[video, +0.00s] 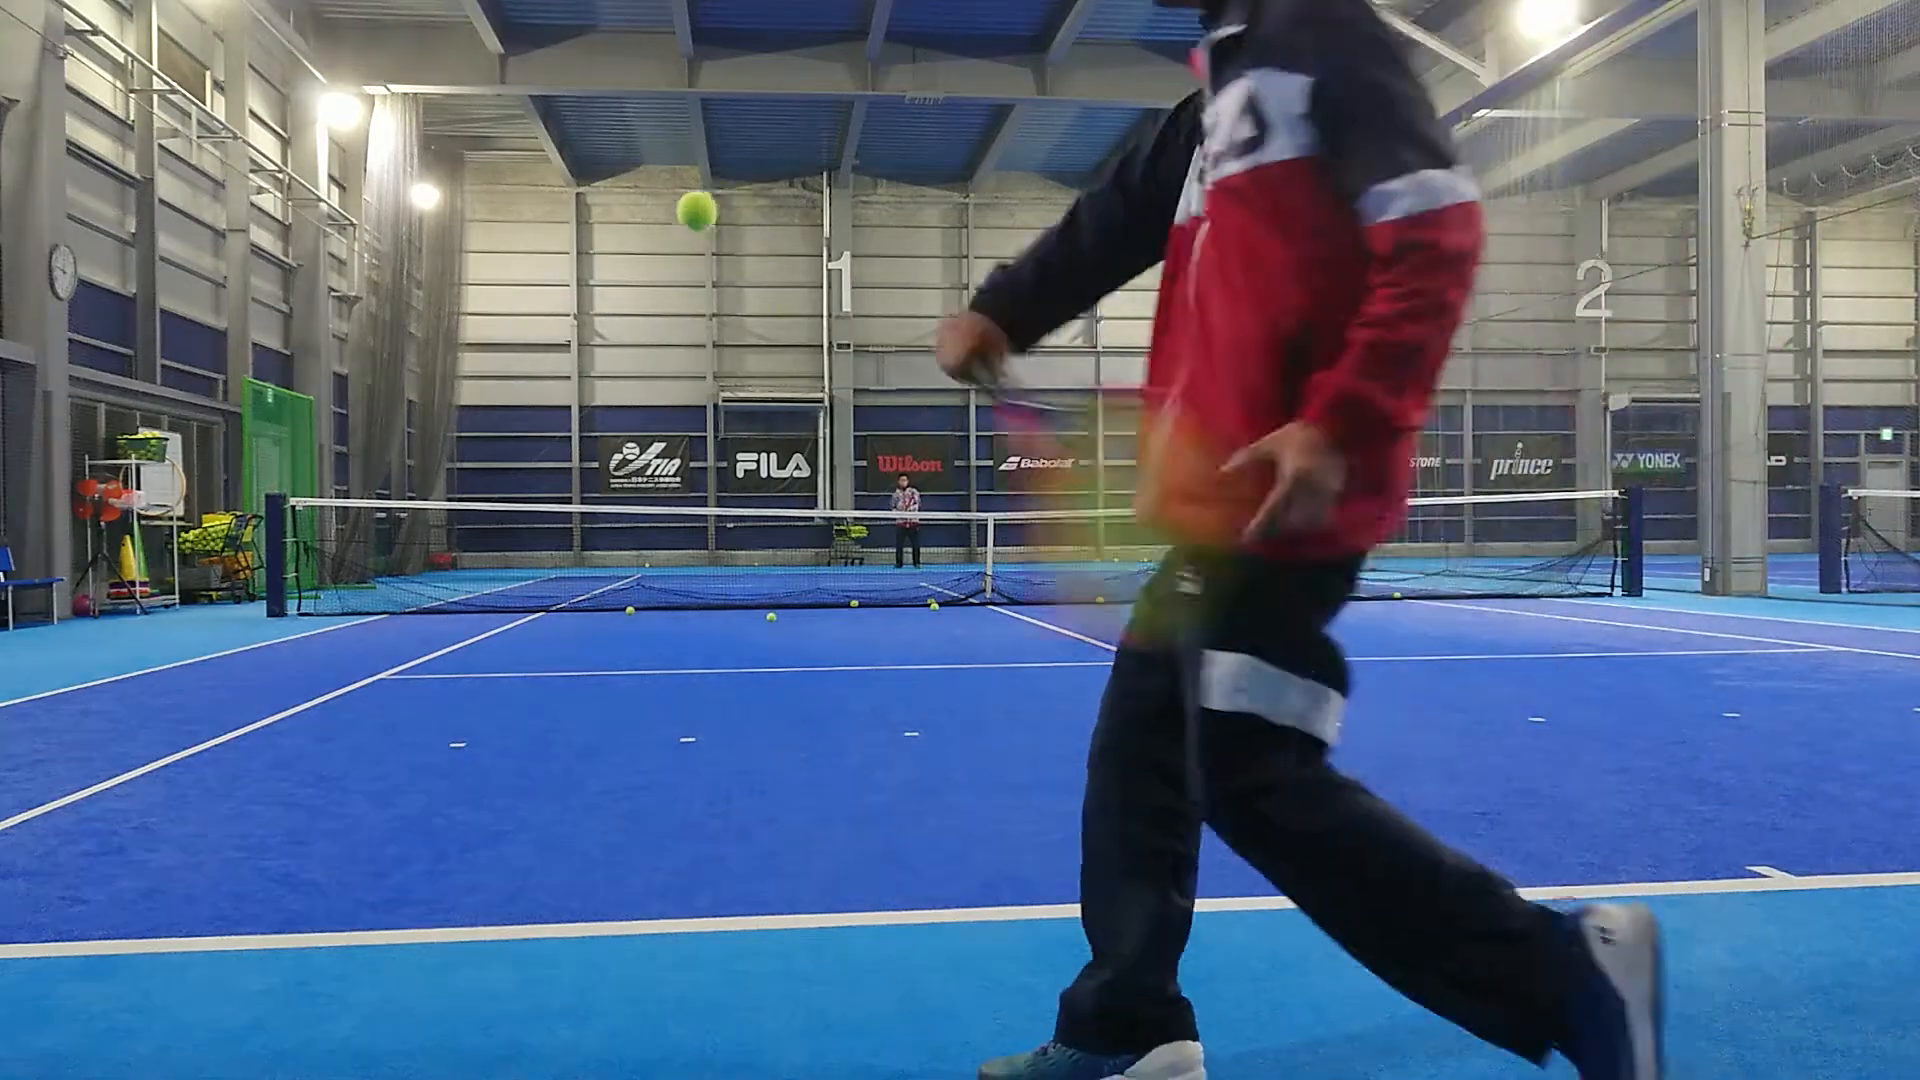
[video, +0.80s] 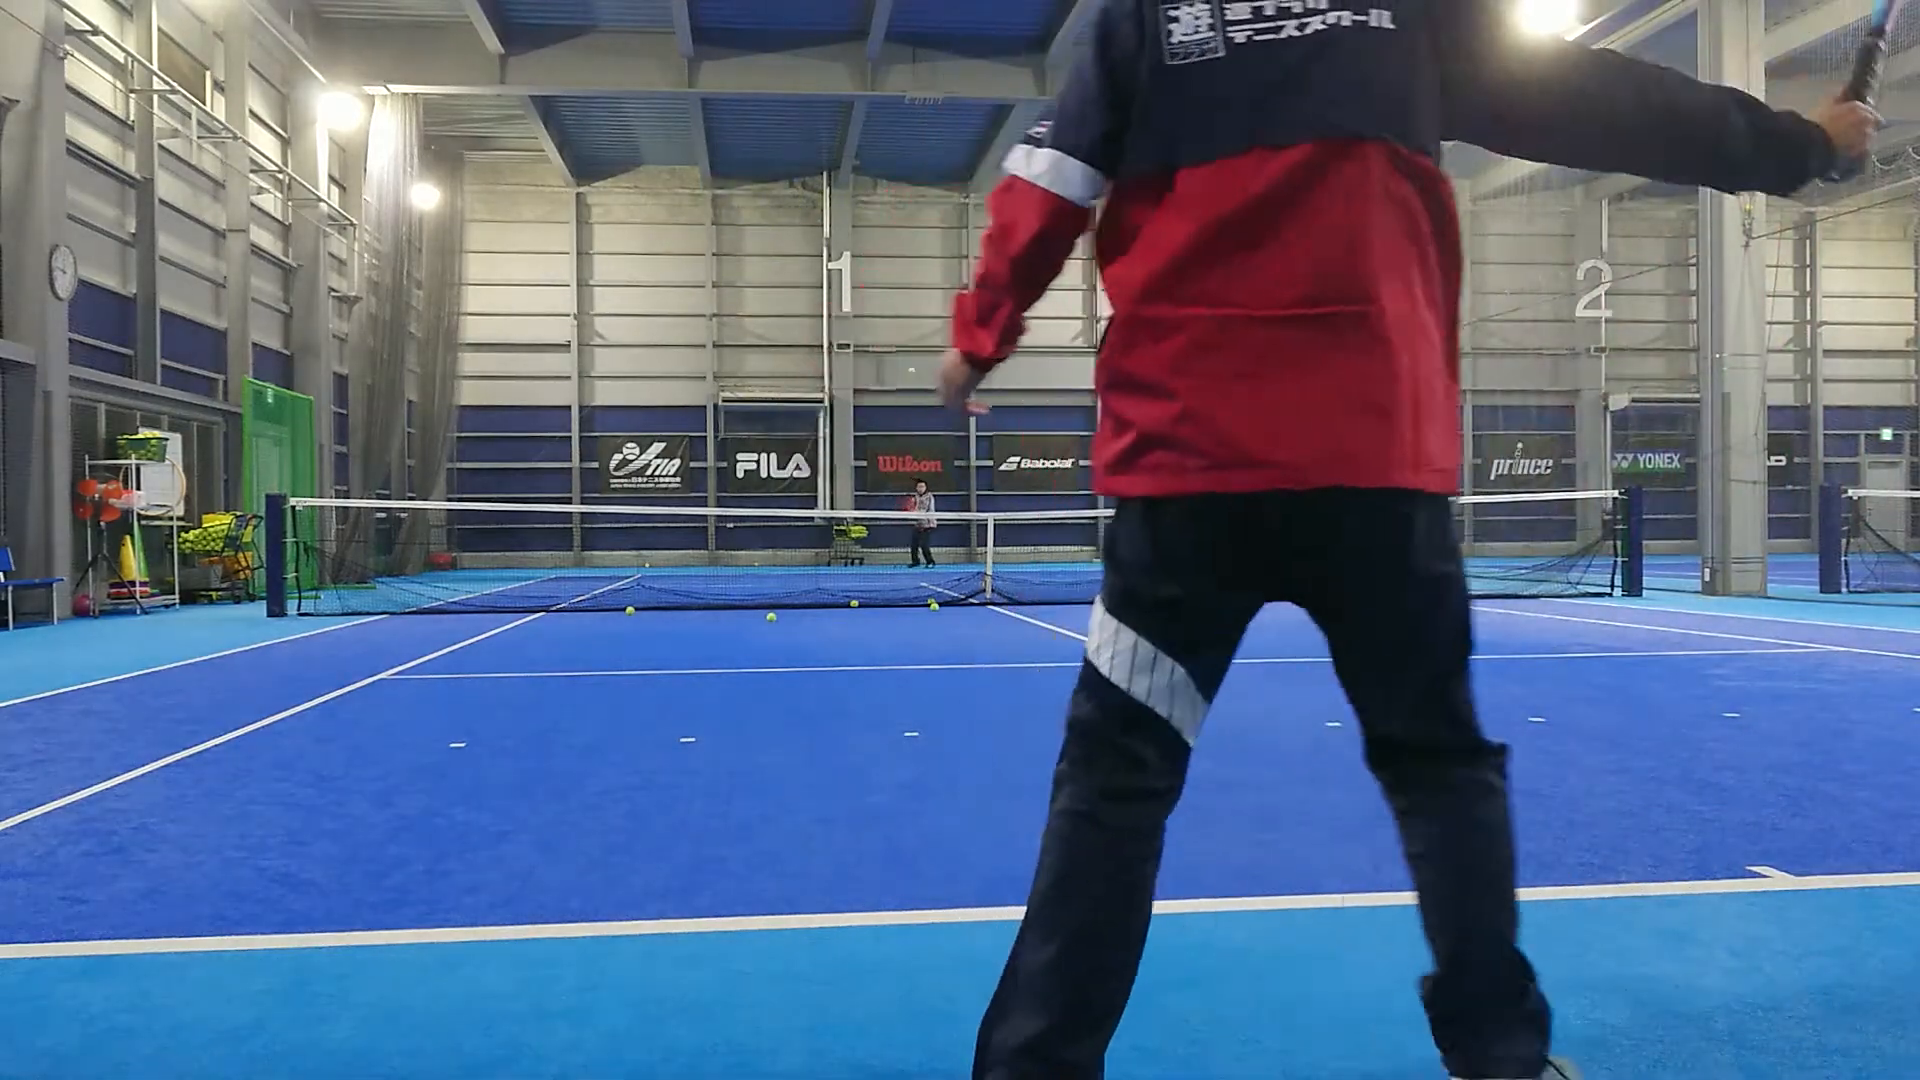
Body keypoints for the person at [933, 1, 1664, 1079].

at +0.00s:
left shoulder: (1332, 41)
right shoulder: (1209, 101)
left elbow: (1437, 233)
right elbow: (1111, 216)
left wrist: (1338, 428)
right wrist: (1004, 311)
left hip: (1294, 504)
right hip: (1216, 503)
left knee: (1253, 774)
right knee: (1139, 753)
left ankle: (1570, 976)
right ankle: (1127, 1027)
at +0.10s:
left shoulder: (1191, 37)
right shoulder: (1307, 17)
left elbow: (1253, 265)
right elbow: (1224, 188)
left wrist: (1142, 440)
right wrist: (1097, 196)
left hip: (1214, 457)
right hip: (1285, 451)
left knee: (1147, 731)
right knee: (1177, 733)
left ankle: (1438, 930)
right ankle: (1125, 1017)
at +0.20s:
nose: (1045, 15)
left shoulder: (1137, 21)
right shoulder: (1244, 15)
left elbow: (1175, 243)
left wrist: (1006, 394)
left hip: (1185, 447)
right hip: (1259, 435)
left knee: (1060, 702)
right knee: (1173, 728)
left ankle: (1295, 955)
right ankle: (1122, 1021)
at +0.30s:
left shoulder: (1092, 27)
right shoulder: (1238, 11)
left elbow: (1109, 237)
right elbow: (1381, 16)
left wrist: (947, 360)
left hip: (1160, 433)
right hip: (1251, 423)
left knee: (1025, 709)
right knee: (1156, 724)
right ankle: (1136, 1005)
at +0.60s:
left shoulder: (1032, 17)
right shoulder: (1302, 11)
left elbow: (948, 199)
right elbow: (1488, 65)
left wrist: (829, 359)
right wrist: (1663, 55)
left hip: (1131, 439)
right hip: (1303, 432)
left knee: (1052, 754)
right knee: (1236, 727)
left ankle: (1025, 1058)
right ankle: (1255, 1011)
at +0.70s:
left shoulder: (1066, 14)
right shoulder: (1345, 9)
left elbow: (975, 189)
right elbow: (1531, 71)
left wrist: (885, 336)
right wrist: (1729, 103)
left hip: (1143, 446)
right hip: (1330, 439)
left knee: (1082, 764)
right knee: (1327, 720)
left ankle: (1030, 1061)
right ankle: (1396, 1029)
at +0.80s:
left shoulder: (1129, 14)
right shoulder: (1409, 17)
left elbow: (1044, 193)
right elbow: (1594, 91)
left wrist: (978, 331)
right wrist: (1803, 141)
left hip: (1179, 457)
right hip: (1380, 457)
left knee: (1115, 771)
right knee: (1438, 760)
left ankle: (1035, 1057)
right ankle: (1499, 1049)